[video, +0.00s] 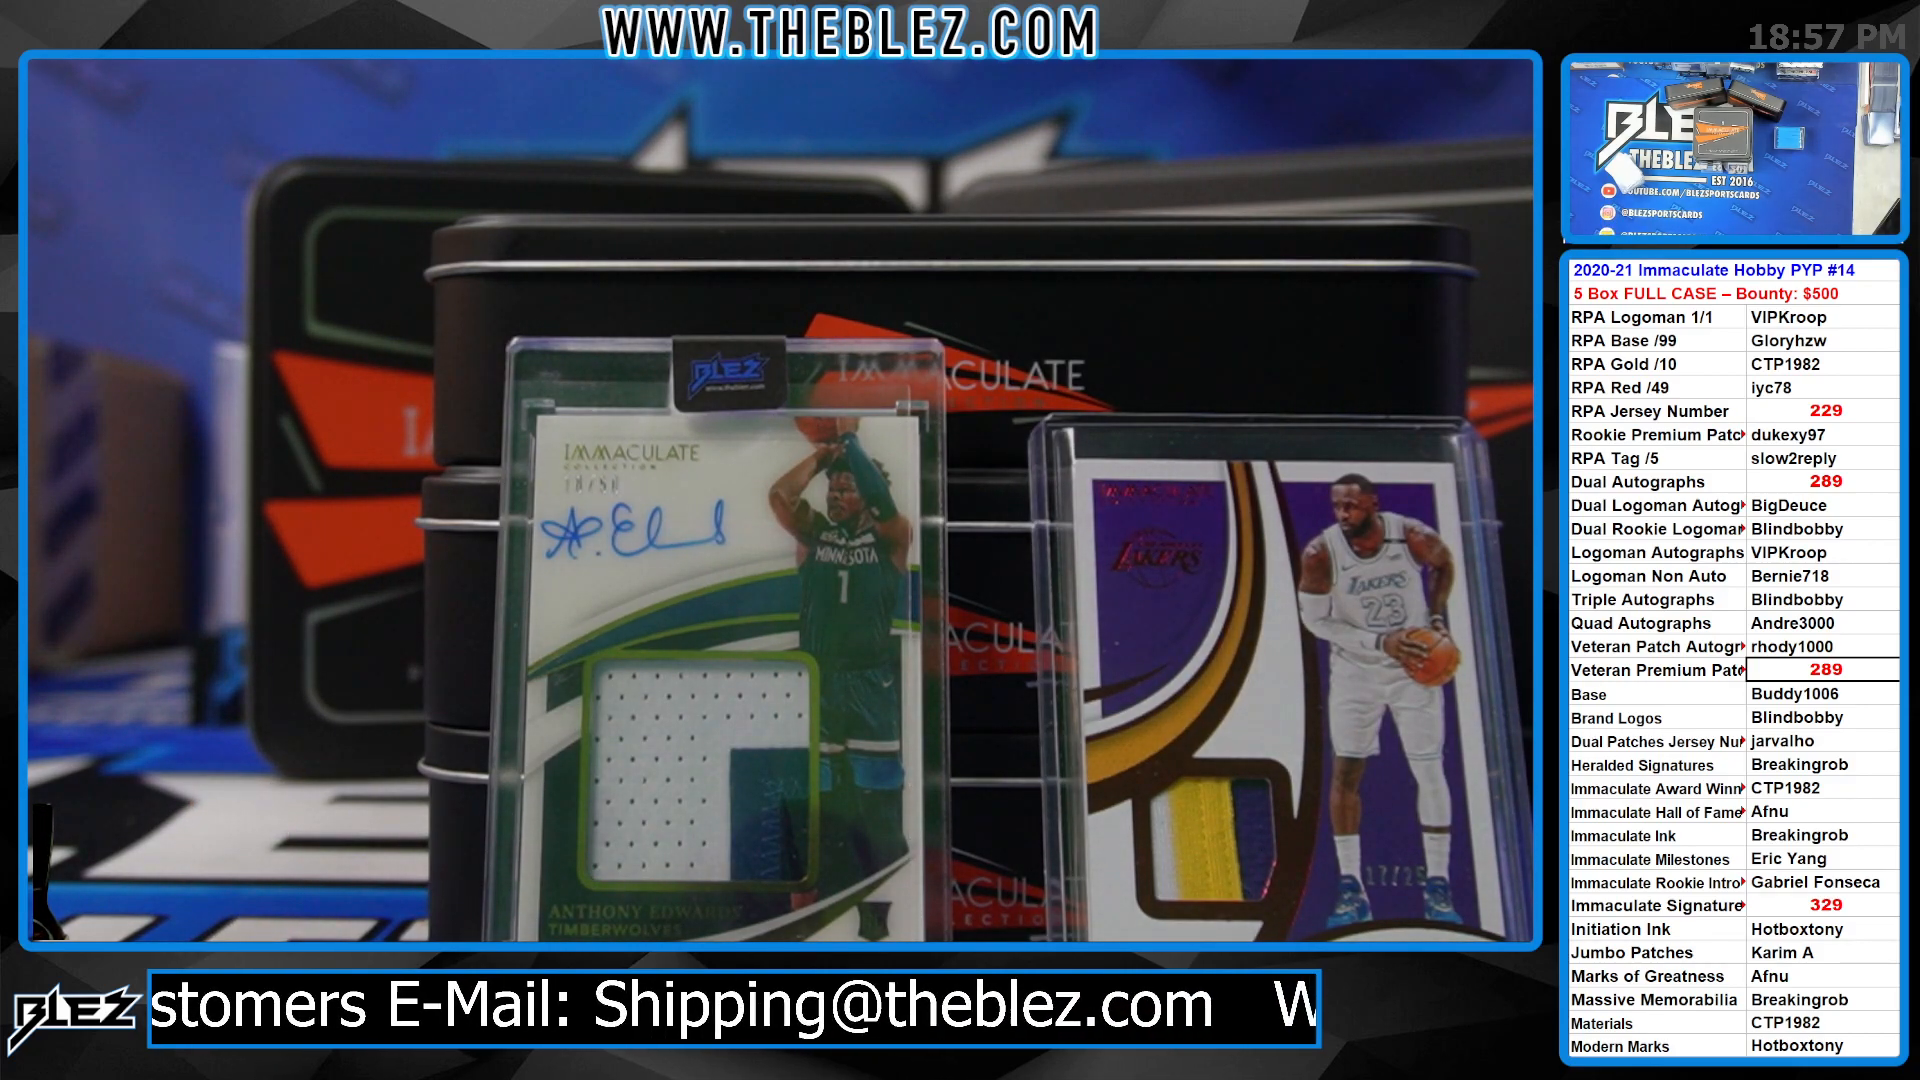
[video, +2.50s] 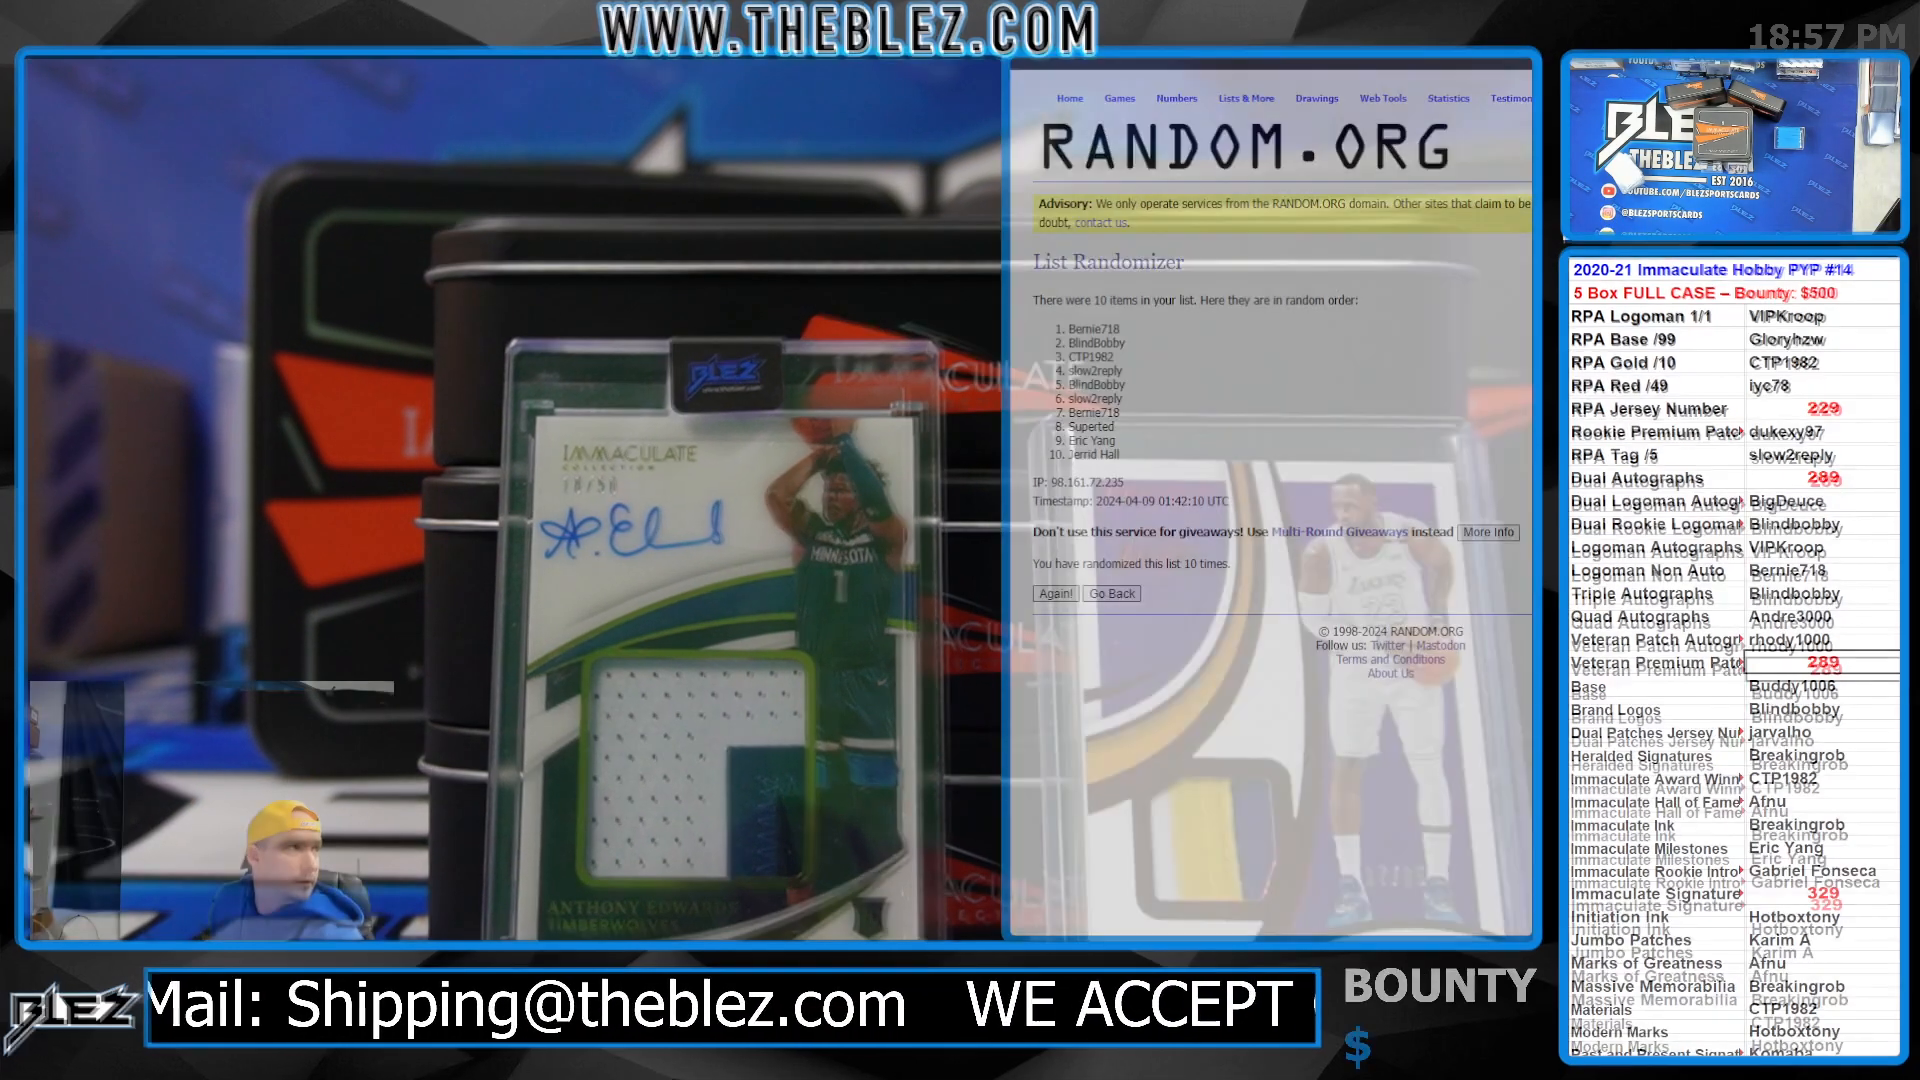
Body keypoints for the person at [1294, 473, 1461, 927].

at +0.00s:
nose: (1342, 514)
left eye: (1351, 505)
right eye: (1337, 506)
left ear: (1373, 505)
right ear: (1332, 509)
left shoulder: (1413, 536)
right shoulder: (1319, 555)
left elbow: (1444, 564)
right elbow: (1315, 620)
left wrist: (1436, 617)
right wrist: (1379, 642)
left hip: (1414, 673)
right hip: (1354, 674)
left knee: (1430, 772)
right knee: (1348, 773)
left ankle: (1438, 884)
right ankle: (1350, 888)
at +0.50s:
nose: (1343, 514)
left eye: (1351, 505)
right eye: (1337, 506)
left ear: (1373, 505)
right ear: (1332, 509)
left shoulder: (1413, 536)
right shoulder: (1319, 555)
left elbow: (1445, 565)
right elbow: (1315, 621)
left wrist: (1436, 617)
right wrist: (1379, 642)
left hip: (1414, 673)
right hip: (1354, 674)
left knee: (1430, 772)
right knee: (1347, 773)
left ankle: (1438, 885)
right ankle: (1351, 889)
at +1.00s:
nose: (1343, 514)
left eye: (1351, 505)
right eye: (1337, 506)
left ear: (1373, 505)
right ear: (1332, 509)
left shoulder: (1413, 536)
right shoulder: (1319, 555)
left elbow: (1444, 565)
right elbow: (1315, 621)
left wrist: (1436, 617)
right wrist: (1379, 642)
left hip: (1414, 673)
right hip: (1354, 674)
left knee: (1430, 771)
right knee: (1347, 773)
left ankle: (1438, 885)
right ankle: (1350, 889)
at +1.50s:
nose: (1343, 514)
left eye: (1351, 505)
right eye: (1337, 506)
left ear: (1373, 504)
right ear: (1332, 509)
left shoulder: (1413, 536)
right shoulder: (1319, 554)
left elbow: (1444, 565)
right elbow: (1315, 621)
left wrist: (1436, 617)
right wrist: (1379, 642)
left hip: (1414, 673)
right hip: (1354, 674)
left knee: (1430, 771)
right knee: (1348, 773)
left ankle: (1438, 884)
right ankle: (1350, 888)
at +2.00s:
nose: (1342, 514)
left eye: (1351, 505)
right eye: (1337, 506)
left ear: (1373, 505)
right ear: (1332, 509)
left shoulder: (1413, 536)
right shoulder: (1319, 555)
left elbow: (1444, 565)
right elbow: (1315, 621)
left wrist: (1436, 618)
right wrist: (1379, 641)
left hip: (1414, 673)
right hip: (1354, 674)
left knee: (1430, 771)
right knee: (1348, 773)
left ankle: (1438, 884)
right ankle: (1350, 888)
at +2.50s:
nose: (1345, 514)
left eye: (1353, 505)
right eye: (1338, 507)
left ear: (1373, 503)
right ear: (1331, 510)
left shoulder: (1407, 532)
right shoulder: (1322, 551)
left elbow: (1443, 563)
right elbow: (1314, 622)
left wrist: (1434, 620)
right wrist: (1364, 646)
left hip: (1415, 674)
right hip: (1353, 677)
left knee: (1429, 772)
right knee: (1348, 772)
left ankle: (1437, 884)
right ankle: (1350, 887)